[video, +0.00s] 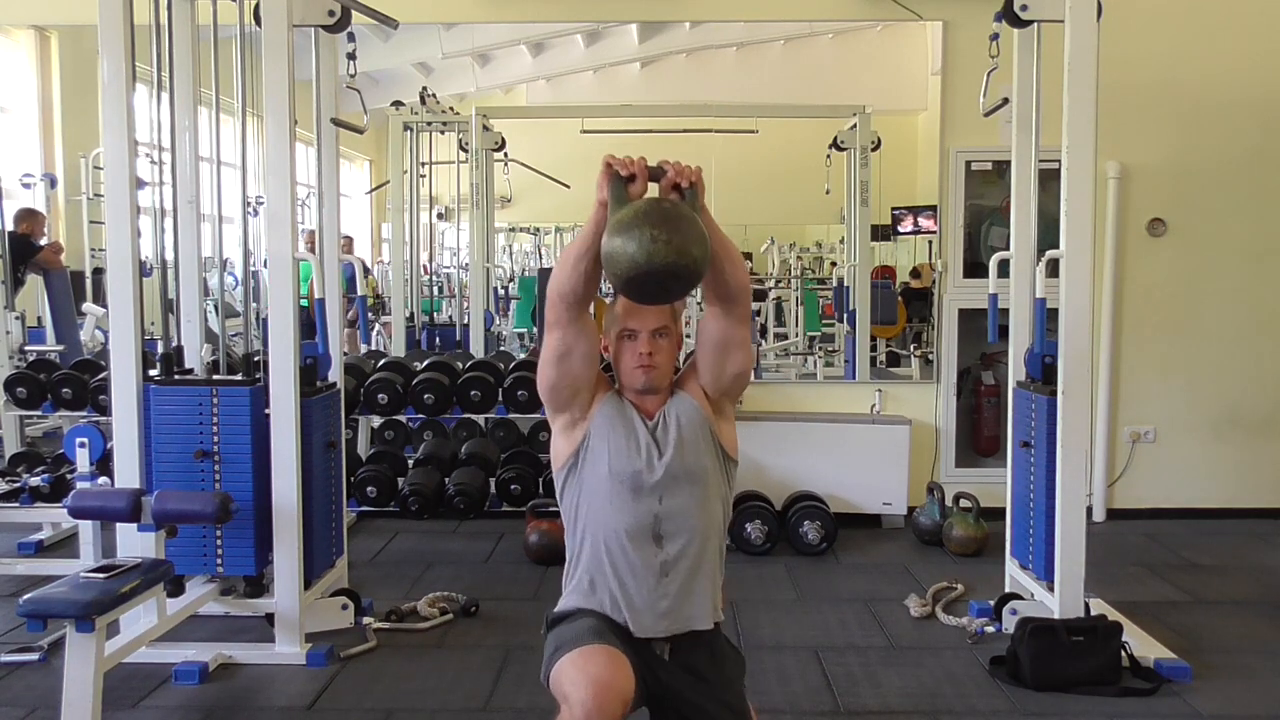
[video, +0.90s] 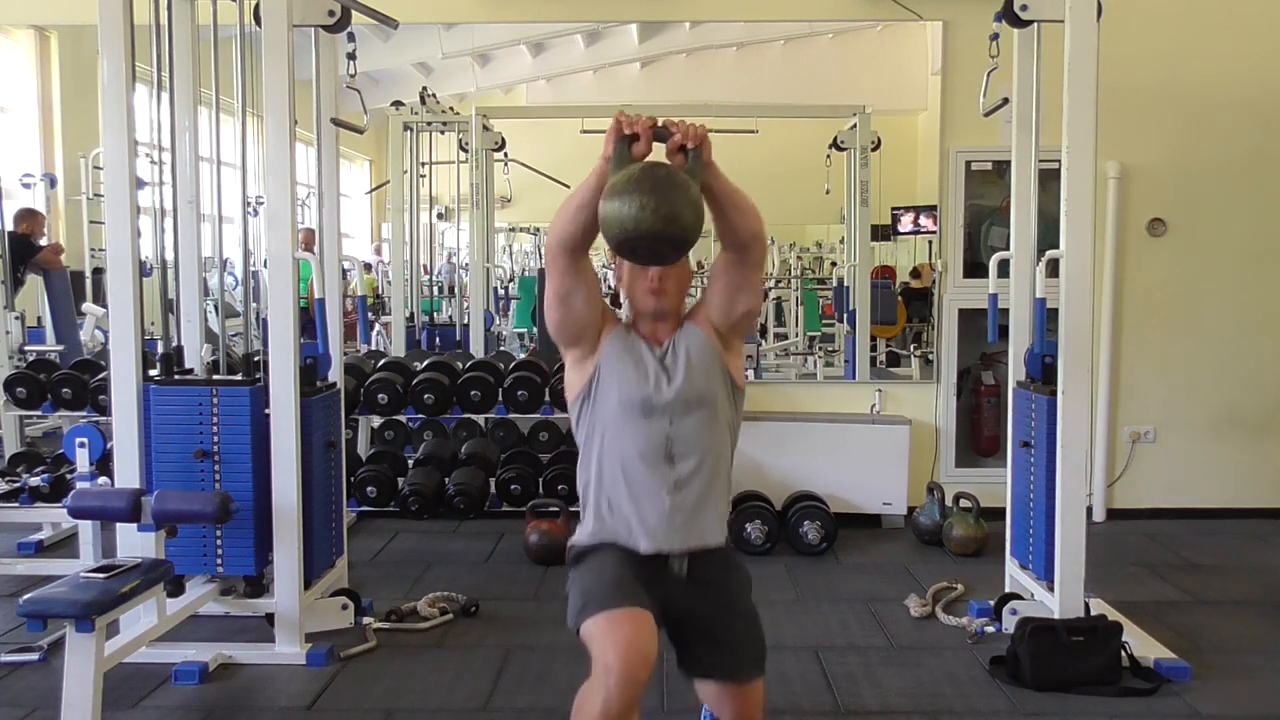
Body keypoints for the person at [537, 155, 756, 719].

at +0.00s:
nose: (645, 349)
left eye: (660, 335)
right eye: (630, 336)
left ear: (679, 343)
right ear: (607, 349)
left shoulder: (709, 401)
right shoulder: (581, 409)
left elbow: (730, 301)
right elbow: (565, 305)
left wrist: (696, 214)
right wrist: (605, 213)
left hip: (698, 634)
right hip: (598, 624)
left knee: (735, 710)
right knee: (596, 695)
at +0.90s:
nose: (658, 279)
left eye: (671, 263)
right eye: (641, 264)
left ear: (690, 266)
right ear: (617, 269)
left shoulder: (719, 334)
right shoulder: (591, 342)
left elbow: (746, 243)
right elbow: (563, 247)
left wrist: (706, 173)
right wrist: (610, 168)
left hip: (708, 557)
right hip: (613, 552)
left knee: (742, 705)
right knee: (626, 659)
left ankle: (711, 709)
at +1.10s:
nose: (680, 192)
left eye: (692, 184)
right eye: (665, 184)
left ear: (713, 204)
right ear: (640, 204)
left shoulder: (735, 265)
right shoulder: (616, 268)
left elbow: (776, 214)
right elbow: (573, 220)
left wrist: (724, 161)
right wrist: (625, 163)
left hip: (718, 472)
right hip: (633, 473)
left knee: (730, 628)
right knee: (618, 627)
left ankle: (703, 685)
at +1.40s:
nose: (687, 155)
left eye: (699, 147)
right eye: (675, 148)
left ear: (717, 166)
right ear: (656, 166)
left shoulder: (745, 224)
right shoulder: (630, 227)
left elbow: (804, 259)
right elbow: (569, 256)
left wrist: (739, 237)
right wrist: (637, 240)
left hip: (719, 424)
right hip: (634, 423)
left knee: (711, 558)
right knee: (620, 560)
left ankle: (707, 686)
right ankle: (609, 669)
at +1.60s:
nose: (676, 158)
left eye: (688, 150)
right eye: (664, 150)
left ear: (705, 168)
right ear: (645, 167)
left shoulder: (736, 238)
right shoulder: (611, 242)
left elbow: (786, 298)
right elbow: (563, 305)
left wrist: (726, 318)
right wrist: (628, 321)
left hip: (711, 420)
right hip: (628, 421)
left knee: (706, 547)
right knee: (624, 549)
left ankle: (708, 684)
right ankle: (615, 671)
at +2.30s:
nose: (653, 158)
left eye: (666, 151)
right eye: (642, 151)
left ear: (684, 170)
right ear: (625, 171)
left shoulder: (720, 249)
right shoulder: (589, 254)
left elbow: (736, 336)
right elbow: (571, 342)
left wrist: (693, 407)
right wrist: (615, 408)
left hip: (695, 419)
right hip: (611, 419)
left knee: (697, 545)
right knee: (614, 543)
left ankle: (707, 682)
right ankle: (613, 673)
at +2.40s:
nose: (653, 159)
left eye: (665, 151)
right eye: (642, 152)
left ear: (684, 170)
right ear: (625, 171)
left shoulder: (719, 250)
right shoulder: (588, 255)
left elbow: (735, 337)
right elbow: (572, 343)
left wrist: (691, 410)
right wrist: (613, 410)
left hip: (693, 421)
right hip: (609, 421)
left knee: (697, 547)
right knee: (613, 545)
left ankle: (706, 683)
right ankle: (612, 673)